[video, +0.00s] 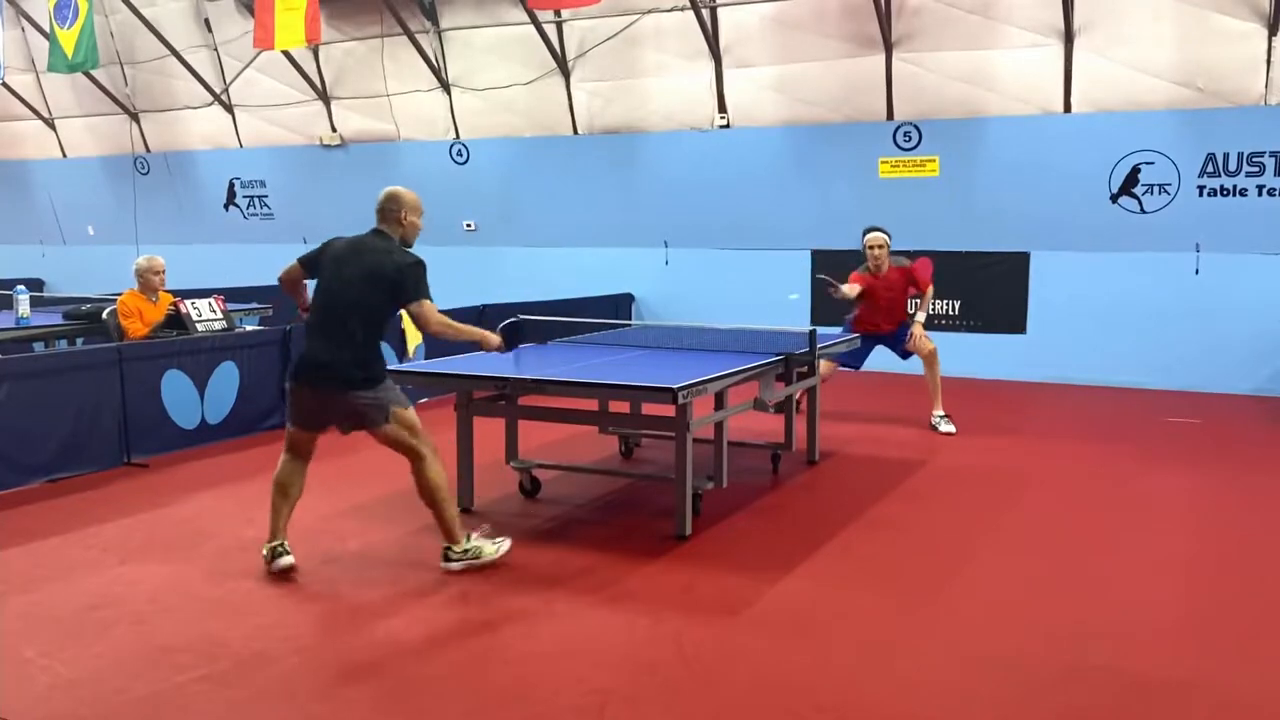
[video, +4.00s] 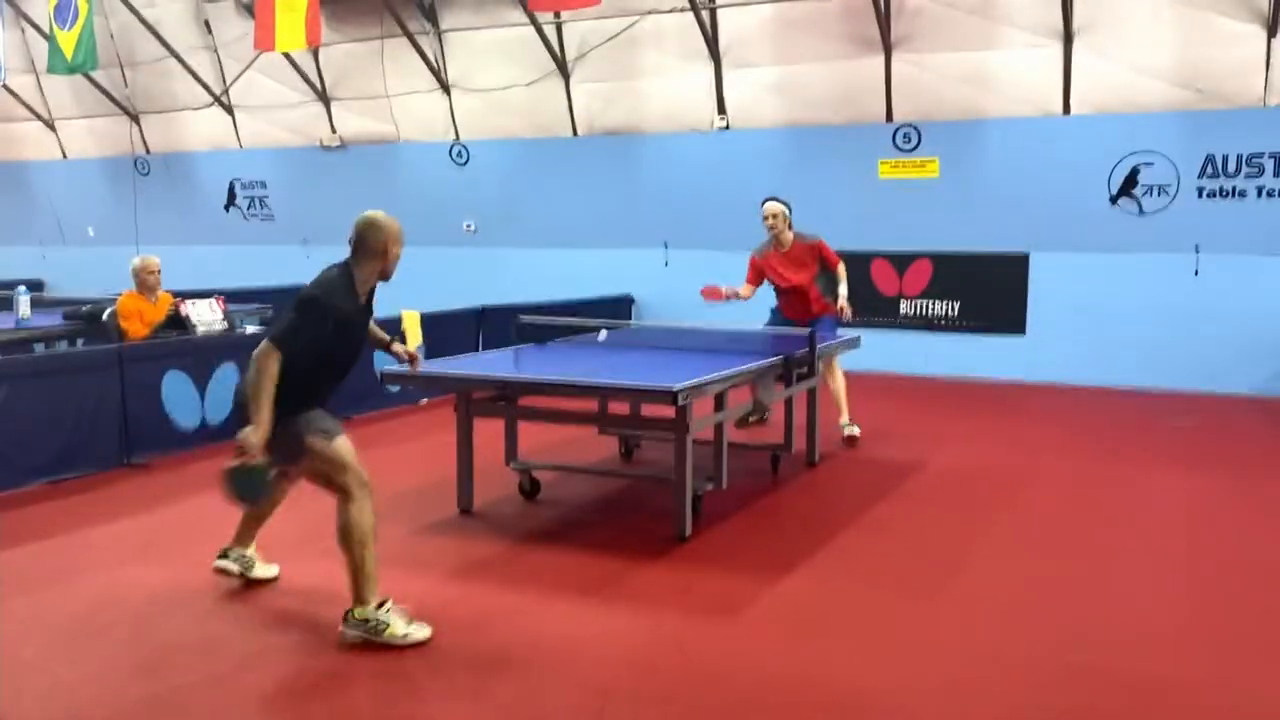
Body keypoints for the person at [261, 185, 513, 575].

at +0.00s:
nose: (421, 226)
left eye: (421, 219)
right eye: (419, 218)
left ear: (381, 217)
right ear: (403, 218)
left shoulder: (336, 247)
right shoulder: (405, 263)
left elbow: (288, 277)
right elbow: (430, 323)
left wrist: (303, 304)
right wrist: (481, 335)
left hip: (309, 370)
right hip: (360, 375)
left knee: (295, 453)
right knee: (422, 450)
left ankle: (276, 543)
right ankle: (459, 545)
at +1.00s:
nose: (275, 228)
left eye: (274, 219)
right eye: (274, 220)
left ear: (225, 219)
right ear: (260, 222)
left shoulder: (177, 264)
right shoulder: (244, 276)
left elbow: (137, 329)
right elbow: (248, 353)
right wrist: (293, 382)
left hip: (127, 412)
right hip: (185, 414)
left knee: (124, 517)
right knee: (264, 516)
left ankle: (45, 623)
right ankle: (267, 656)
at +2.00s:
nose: (67, 236)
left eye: (67, 224)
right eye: (63, 224)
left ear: (27, 225)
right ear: (36, 224)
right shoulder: (10, 289)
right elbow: (1, 385)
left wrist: (79, 428)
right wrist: (76, 426)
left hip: (0, 480)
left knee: (36, 581)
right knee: (42, 582)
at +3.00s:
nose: (435, 328)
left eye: (436, 319)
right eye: (434, 320)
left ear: (394, 306)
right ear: (417, 319)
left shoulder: (339, 311)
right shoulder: (396, 366)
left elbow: (271, 303)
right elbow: (434, 434)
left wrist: (206, 317)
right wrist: (494, 442)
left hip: (247, 401)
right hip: (243, 419)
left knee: (323, 476)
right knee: (187, 541)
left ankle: (306, 598)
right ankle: (86, 656)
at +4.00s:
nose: (400, 255)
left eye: (399, 247)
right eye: (398, 248)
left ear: (361, 246)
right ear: (385, 252)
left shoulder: (359, 284)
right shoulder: (327, 298)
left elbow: (356, 324)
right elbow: (267, 355)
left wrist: (392, 345)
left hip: (298, 400)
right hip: (286, 407)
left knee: (285, 473)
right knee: (354, 484)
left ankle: (237, 550)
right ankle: (366, 609)